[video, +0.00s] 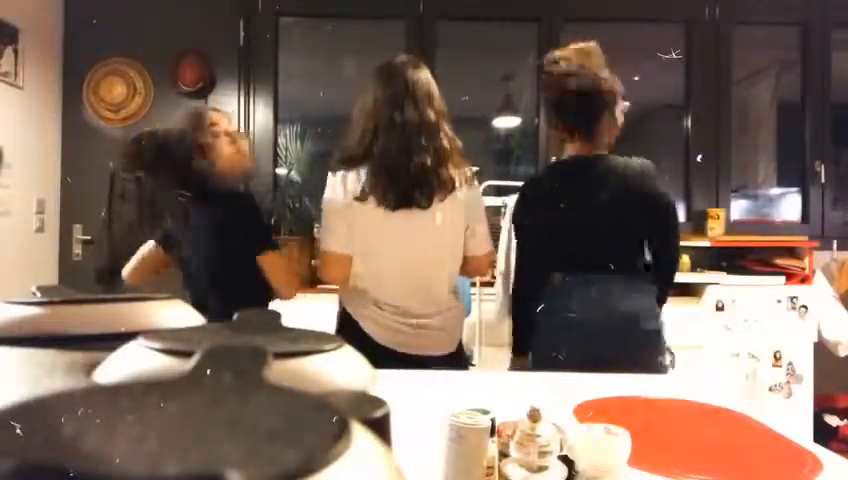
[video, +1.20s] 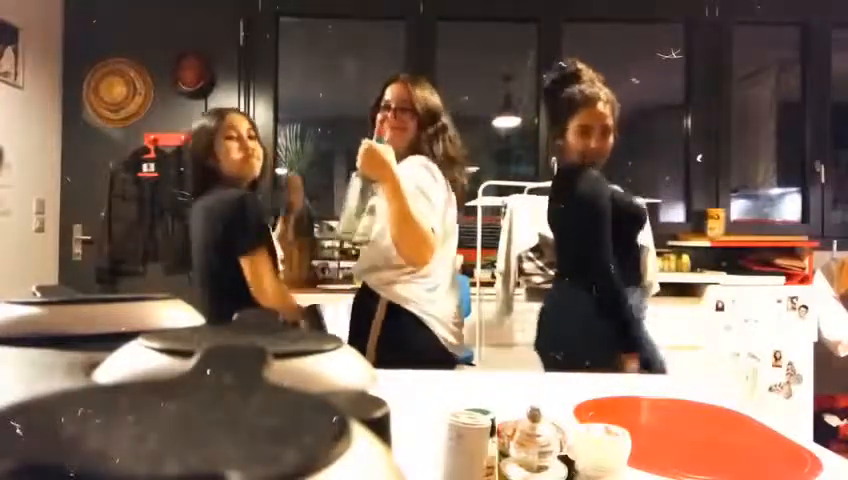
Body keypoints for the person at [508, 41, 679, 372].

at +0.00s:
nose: (623, 113)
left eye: (621, 105)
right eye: (620, 106)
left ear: (557, 122)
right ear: (608, 118)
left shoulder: (535, 190)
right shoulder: (639, 177)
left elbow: (528, 277)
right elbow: (667, 254)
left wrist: (521, 348)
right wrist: (647, 308)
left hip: (556, 339)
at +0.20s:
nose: (615, 129)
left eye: (618, 120)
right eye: (605, 119)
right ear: (574, 124)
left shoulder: (565, 178)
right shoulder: (608, 176)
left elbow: (551, 253)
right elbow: (648, 242)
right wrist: (678, 303)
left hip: (567, 298)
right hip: (618, 303)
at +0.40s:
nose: (598, 128)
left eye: (610, 120)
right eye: (588, 117)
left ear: (622, 127)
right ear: (571, 121)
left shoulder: (577, 170)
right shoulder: (599, 173)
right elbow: (625, 256)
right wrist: (665, 328)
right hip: (612, 310)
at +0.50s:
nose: (598, 134)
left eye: (610, 125)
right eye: (588, 122)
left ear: (622, 131)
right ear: (571, 127)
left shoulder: (577, 174)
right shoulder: (600, 177)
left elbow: (644, 211)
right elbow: (625, 260)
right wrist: (647, 332)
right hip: (606, 319)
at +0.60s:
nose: (596, 139)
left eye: (608, 131)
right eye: (586, 128)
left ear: (621, 138)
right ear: (569, 132)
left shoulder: (579, 178)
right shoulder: (593, 178)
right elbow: (601, 268)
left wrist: (671, 327)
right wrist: (632, 343)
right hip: (598, 331)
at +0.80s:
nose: (591, 138)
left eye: (602, 129)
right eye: (580, 126)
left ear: (614, 135)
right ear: (562, 131)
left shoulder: (593, 176)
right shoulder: (584, 176)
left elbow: (619, 267)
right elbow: (575, 266)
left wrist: (662, 321)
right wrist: (583, 346)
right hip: (610, 318)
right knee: (661, 405)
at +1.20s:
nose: (595, 143)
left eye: (605, 132)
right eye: (584, 131)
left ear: (615, 134)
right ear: (561, 133)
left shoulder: (564, 183)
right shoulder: (592, 187)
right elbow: (601, 273)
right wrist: (632, 344)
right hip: (596, 324)